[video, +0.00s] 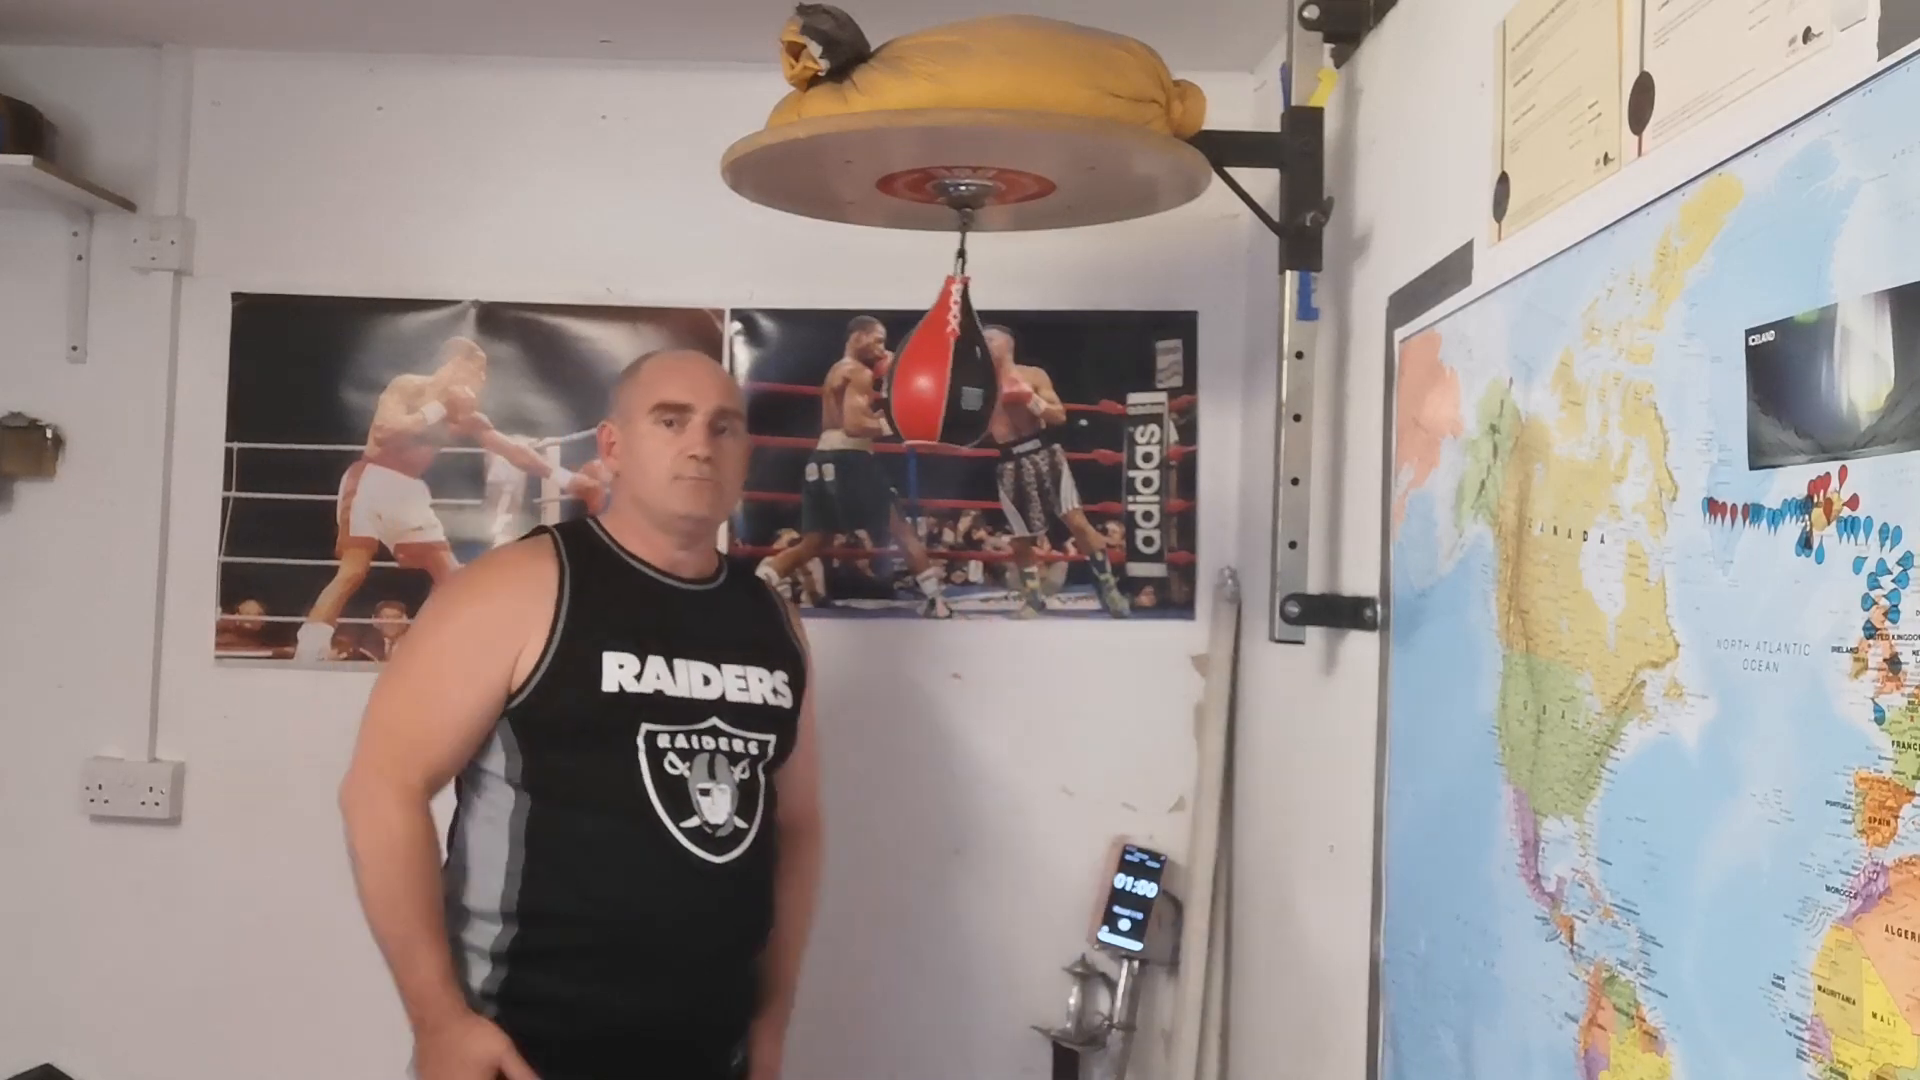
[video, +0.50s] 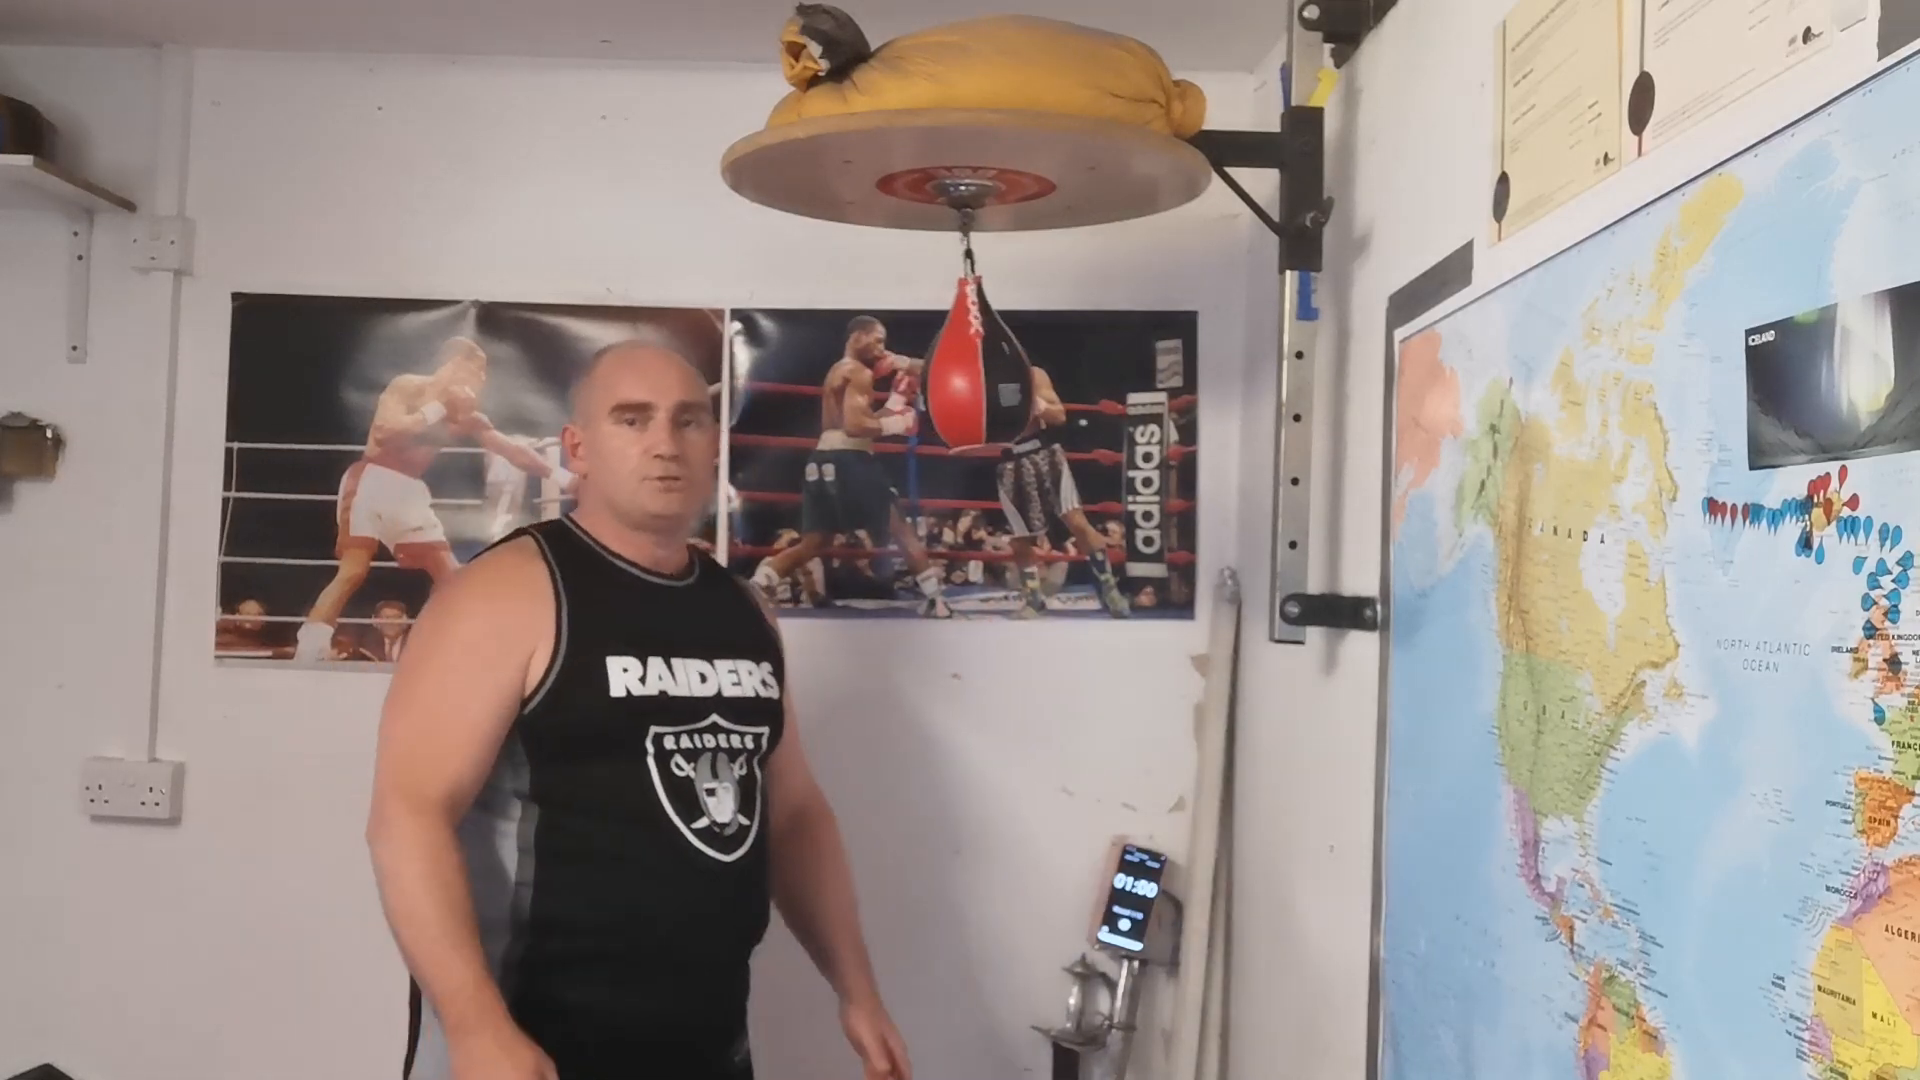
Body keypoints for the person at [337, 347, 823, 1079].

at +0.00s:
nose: (702, 442)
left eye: (724, 425)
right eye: (670, 419)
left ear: (745, 459)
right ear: (611, 447)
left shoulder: (768, 619)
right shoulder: (518, 586)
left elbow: (795, 828)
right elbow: (381, 787)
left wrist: (770, 1018)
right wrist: (439, 1019)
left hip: (708, 1040)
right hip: (533, 1037)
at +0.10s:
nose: (701, 445)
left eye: (724, 425)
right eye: (669, 419)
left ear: (745, 457)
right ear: (610, 447)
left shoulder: (760, 613)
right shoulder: (506, 591)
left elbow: (777, 816)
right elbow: (397, 803)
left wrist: (783, 1014)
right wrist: (439, 1032)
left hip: (711, 1039)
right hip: (538, 1037)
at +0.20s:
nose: (695, 449)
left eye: (718, 427)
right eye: (663, 420)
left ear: (738, 455)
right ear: (601, 445)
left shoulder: (749, 611)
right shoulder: (511, 589)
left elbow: (790, 812)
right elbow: (392, 806)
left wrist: (803, 1003)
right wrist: (442, 1038)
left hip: (711, 1039)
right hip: (541, 1040)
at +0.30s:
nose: (681, 448)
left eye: (703, 424)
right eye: (649, 421)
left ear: (728, 451)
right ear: (591, 444)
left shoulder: (748, 612)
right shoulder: (514, 586)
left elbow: (797, 813)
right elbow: (400, 800)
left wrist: (830, 1004)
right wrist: (452, 1038)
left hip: (705, 1034)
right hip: (537, 1034)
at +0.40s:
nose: (673, 442)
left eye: (697, 419)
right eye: (641, 417)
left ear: (720, 447)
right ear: (583, 447)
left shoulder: (741, 608)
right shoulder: (509, 589)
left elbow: (798, 814)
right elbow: (407, 808)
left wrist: (852, 996)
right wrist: (468, 1040)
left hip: (706, 1038)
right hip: (545, 1040)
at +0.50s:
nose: (666, 444)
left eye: (689, 420)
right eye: (634, 418)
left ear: (716, 448)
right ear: (577, 449)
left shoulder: (739, 613)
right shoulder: (504, 595)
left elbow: (793, 816)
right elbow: (408, 816)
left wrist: (856, 988)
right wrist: (480, 1030)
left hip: (707, 1035)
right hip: (548, 1037)